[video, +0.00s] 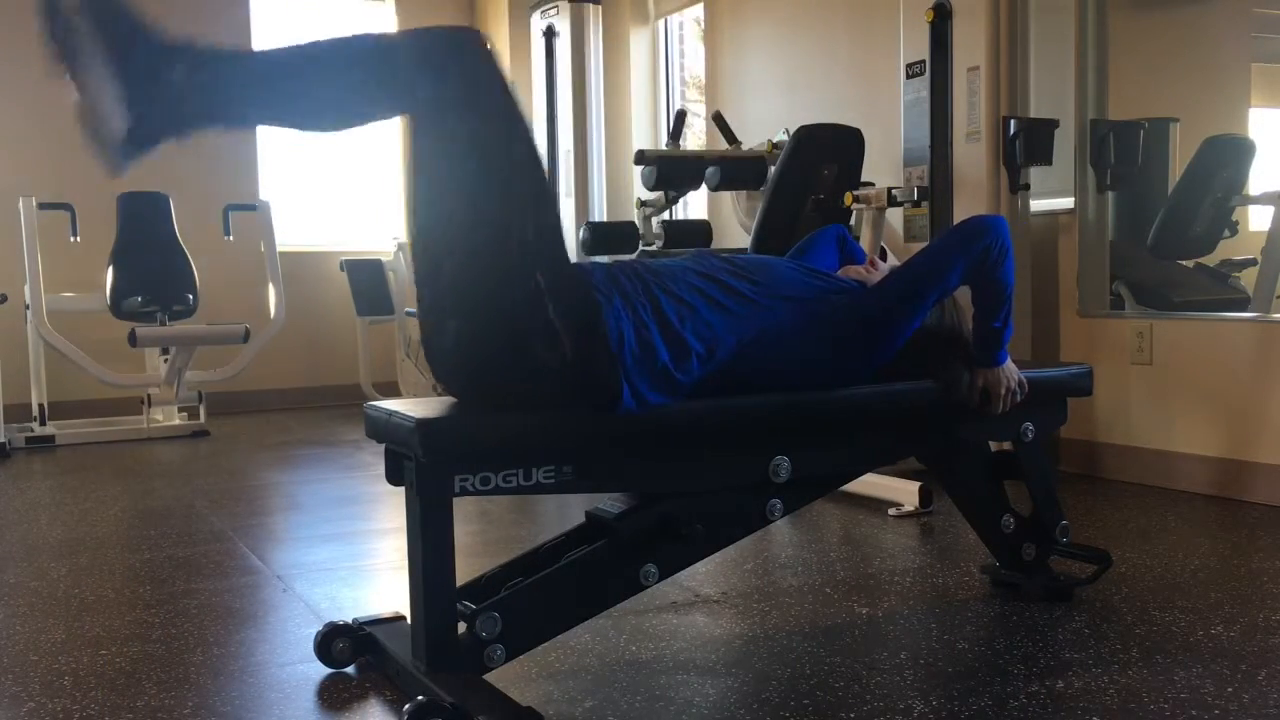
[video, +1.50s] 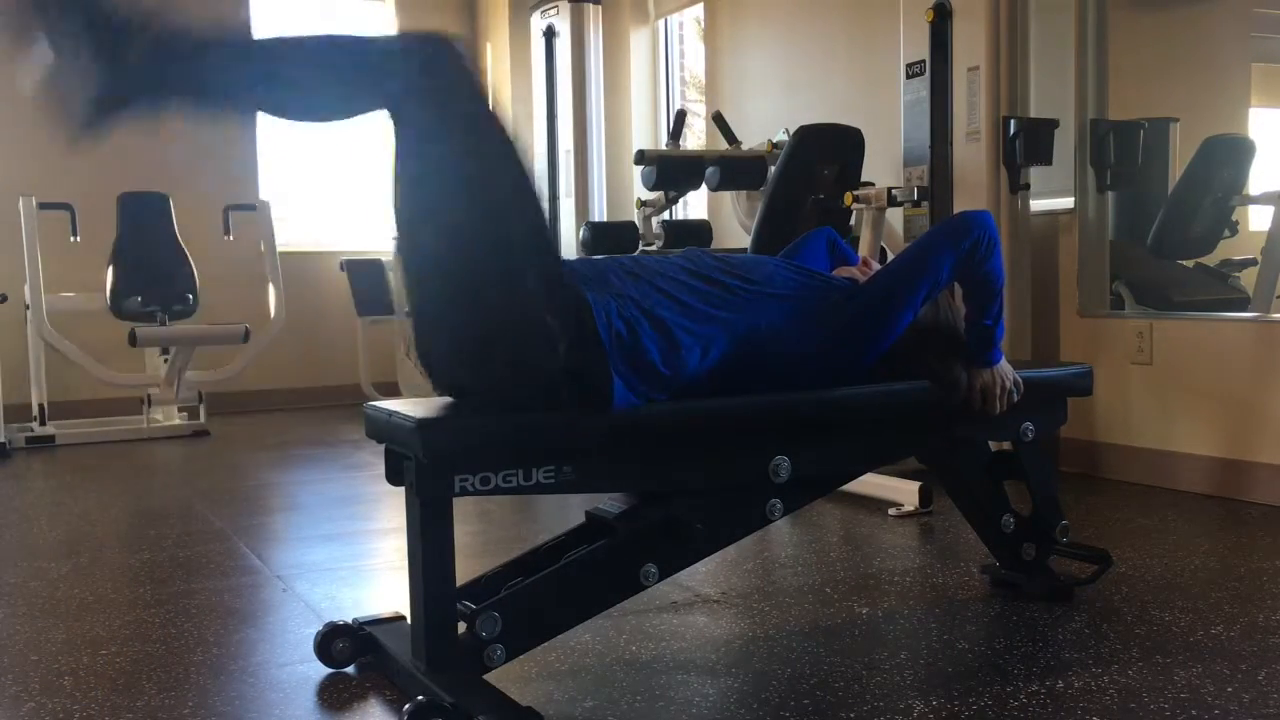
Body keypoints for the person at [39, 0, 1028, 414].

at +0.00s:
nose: (870, 244)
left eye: (889, 249)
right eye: (870, 237)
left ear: (899, 298)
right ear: (850, 259)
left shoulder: (855, 329)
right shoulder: (800, 292)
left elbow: (992, 235)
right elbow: (824, 200)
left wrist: (986, 349)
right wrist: (870, 249)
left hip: (539, 356)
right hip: (531, 326)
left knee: (452, 64)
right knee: (451, 63)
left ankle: (156, 98)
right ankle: (169, 80)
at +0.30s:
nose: (881, 255)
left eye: (898, 264)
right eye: (891, 254)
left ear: (901, 301)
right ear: (875, 278)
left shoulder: (853, 324)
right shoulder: (796, 283)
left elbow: (983, 228)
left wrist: (976, 343)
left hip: (538, 348)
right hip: (531, 304)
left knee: (311, 138)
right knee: (313, 127)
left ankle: (70, 285)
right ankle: (148, 251)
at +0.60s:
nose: (877, 244)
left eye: (899, 263)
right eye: (889, 253)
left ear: (914, 323)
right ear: (881, 307)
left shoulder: (855, 325)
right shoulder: (788, 282)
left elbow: (984, 228)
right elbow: (823, 157)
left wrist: (979, 354)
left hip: (554, 342)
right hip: (524, 304)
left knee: (238, 256)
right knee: (254, 235)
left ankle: (41, 493)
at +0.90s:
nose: (884, 255)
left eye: (896, 264)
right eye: (890, 253)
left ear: (898, 297)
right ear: (867, 267)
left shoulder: (860, 321)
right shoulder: (782, 289)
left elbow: (979, 222)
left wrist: (977, 351)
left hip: (552, 347)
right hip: (515, 304)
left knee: (239, 365)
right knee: (259, 341)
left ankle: (59, 619)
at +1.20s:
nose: (892, 270)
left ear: (912, 317)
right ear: (888, 303)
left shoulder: (855, 325)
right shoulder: (792, 289)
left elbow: (980, 225)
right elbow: (837, 193)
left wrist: (979, 355)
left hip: (545, 334)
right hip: (519, 298)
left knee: (235, 269)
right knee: (255, 239)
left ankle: (34, 461)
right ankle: (172, 326)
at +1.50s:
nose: (859, 242)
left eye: (870, 246)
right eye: (853, 233)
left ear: (879, 282)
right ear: (829, 248)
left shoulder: (837, 317)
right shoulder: (776, 284)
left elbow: (976, 231)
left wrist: (968, 339)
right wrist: (871, 237)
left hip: (542, 357)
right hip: (526, 329)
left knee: (430, 71)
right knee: (430, 73)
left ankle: (143, 71)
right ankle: (153, 58)